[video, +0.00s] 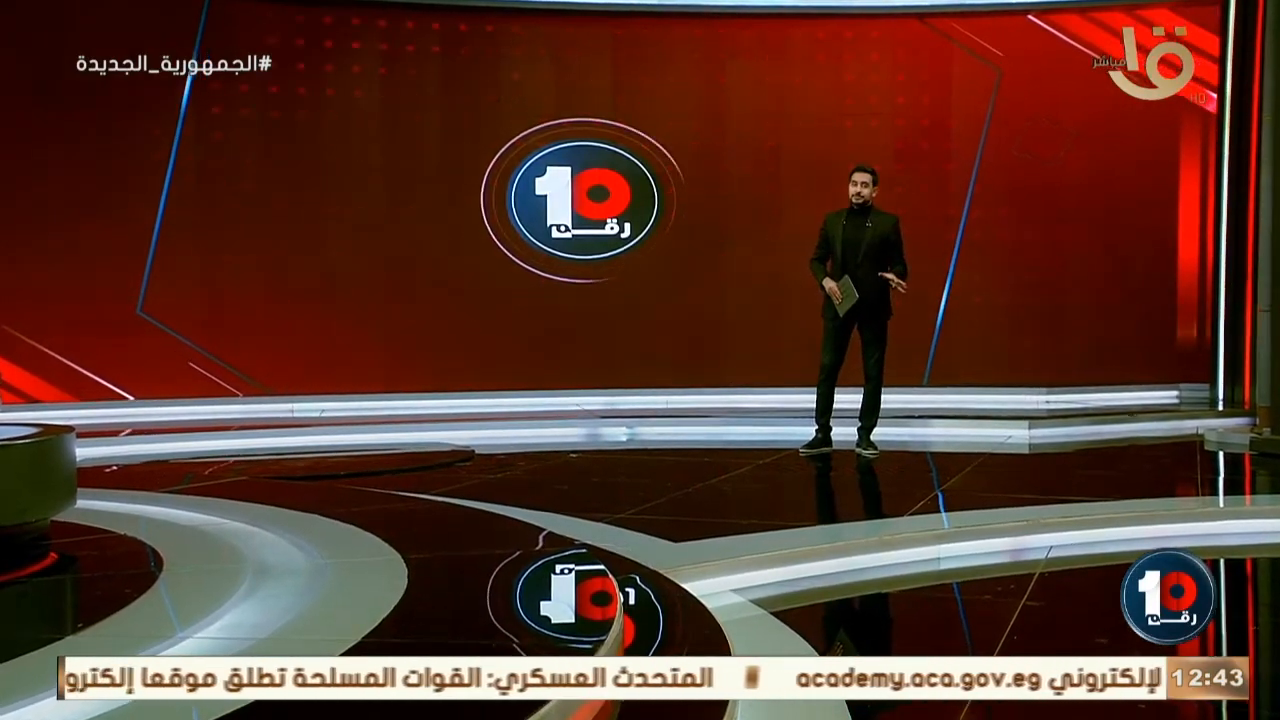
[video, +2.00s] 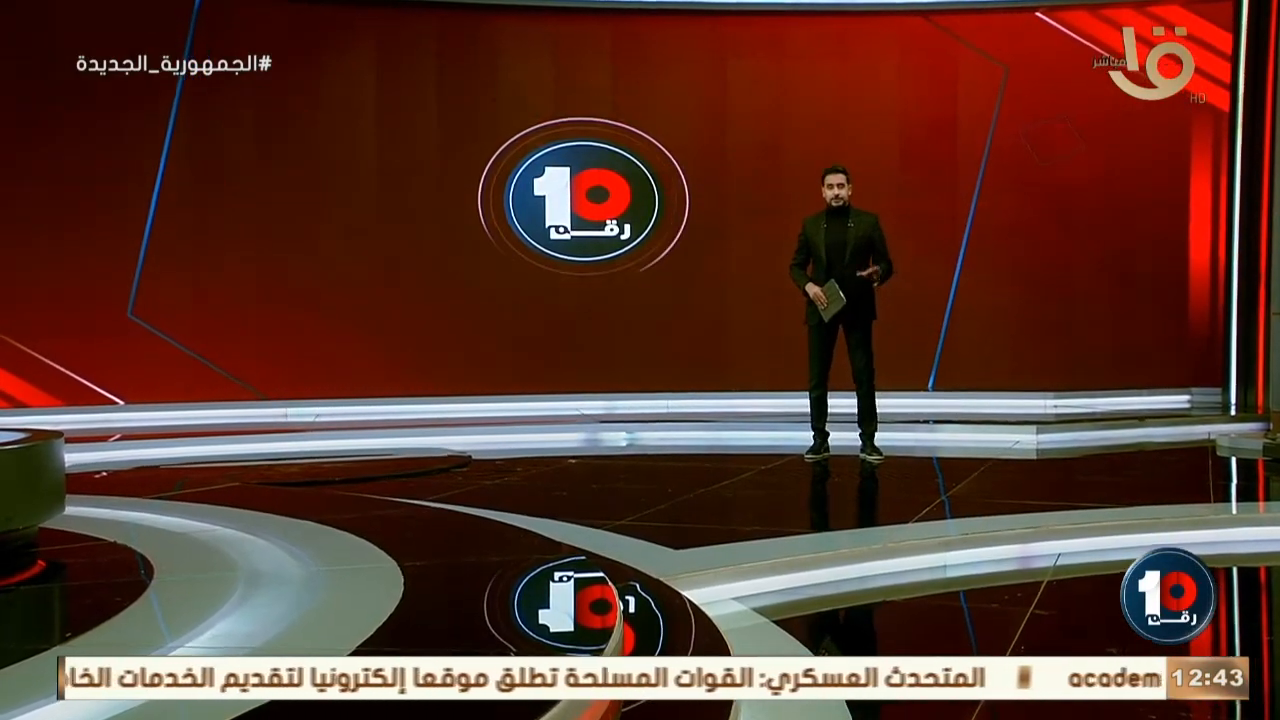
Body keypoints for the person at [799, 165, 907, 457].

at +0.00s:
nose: (858, 189)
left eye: (865, 185)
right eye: (854, 184)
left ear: (874, 190)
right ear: (848, 188)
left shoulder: (888, 223)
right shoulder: (833, 221)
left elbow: (899, 264)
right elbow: (816, 261)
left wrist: (896, 277)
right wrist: (825, 280)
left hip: (874, 309)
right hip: (839, 307)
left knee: (873, 374)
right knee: (828, 369)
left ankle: (865, 436)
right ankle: (822, 433)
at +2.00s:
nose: (835, 191)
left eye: (840, 186)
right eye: (830, 186)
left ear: (850, 189)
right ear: (822, 191)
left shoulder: (868, 223)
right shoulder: (812, 225)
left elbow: (885, 266)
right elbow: (797, 267)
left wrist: (877, 272)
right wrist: (808, 285)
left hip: (858, 309)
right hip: (821, 309)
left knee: (863, 376)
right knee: (817, 377)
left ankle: (868, 440)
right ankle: (819, 439)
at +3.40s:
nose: (834, 198)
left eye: (839, 193)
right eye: (829, 193)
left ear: (846, 193)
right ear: (819, 194)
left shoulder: (861, 222)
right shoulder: (806, 227)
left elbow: (878, 267)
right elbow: (793, 272)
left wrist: (866, 273)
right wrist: (811, 272)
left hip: (855, 312)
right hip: (819, 314)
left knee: (864, 377)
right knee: (817, 380)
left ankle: (871, 444)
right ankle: (821, 443)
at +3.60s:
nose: (843, 200)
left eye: (848, 194)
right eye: (838, 195)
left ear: (854, 194)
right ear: (827, 194)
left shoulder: (869, 223)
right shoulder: (812, 226)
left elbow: (886, 268)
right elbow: (799, 271)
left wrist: (871, 270)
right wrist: (817, 268)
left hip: (861, 312)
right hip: (824, 313)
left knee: (868, 379)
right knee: (820, 380)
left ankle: (871, 444)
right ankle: (821, 444)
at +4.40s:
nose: (866, 205)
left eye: (872, 199)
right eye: (861, 199)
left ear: (879, 197)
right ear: (852, 195)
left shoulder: (895, 225)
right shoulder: (838, 226)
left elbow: (909, 272)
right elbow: (822, 272)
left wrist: (887, 272)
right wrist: (836, 269)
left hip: (882, 315)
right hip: (846, 314)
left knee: (882, 381)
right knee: (833, 375)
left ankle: (873, 447)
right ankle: (825, 443)